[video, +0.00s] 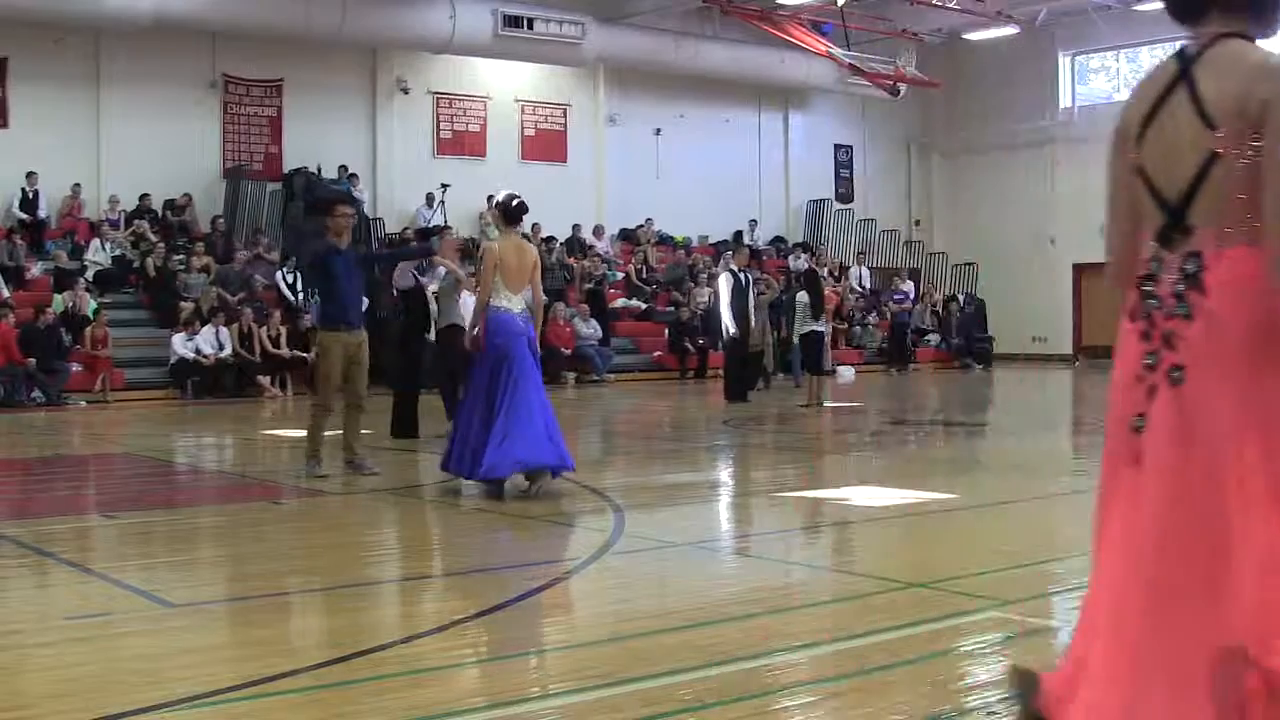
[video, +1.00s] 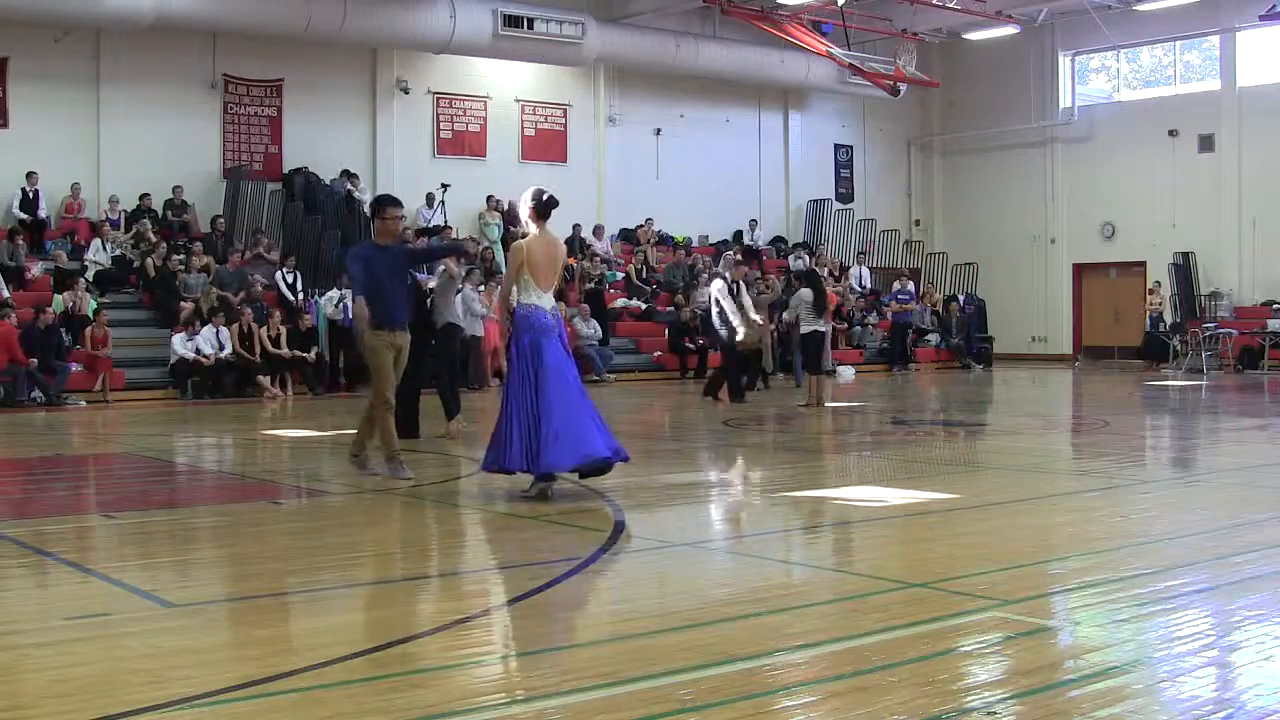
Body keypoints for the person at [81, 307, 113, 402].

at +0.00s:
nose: (106, 318)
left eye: (106, 316)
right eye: (103, 316)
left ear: (105, 318)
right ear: (97, 317)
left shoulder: (107, 331)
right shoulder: (89, 330)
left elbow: (109, 349)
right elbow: (87, 349)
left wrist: (103, 352)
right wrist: (99, 353)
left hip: (103, 355)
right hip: (92, 356)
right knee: (105, 366)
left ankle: (98, 381)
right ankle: (107, 393)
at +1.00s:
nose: (105, 318)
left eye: (106, 316)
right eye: (103, 316)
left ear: (105, 318)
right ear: (96, 318)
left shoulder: (108, 331)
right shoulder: (88, 331)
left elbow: (109, 348)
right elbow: (88, 350)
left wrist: (105, 352)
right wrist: (99, 353)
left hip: (103, 355)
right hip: (92, 356)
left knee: (106, 361)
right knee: (107, 365)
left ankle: (99, 381)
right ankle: (106, 393)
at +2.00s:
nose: (106, 318)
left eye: (106, 315)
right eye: (104, 315)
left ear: (106, 317)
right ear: (97, 317)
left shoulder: (108, 331)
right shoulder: (89, 330)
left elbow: (109, 349)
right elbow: (88, 350)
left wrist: (103, 352)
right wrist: (99, 353)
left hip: (103, 355)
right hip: (92, 356)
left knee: (104, 359)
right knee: (107, 363)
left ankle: (98, 382)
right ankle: (107, 393)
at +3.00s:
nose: (106, 317)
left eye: (106, 314)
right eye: (104, 314)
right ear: (97, 316)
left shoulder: (107, 331)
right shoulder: (89, 330)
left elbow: (109, 349)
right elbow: (88, 350)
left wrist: (103, 351)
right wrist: (99, 353)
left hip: (103, 355)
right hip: (92, 356)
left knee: (104, 361)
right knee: (106, 365)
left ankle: (99, 382)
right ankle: (107, 393)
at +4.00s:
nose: (106, 317)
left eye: (106, 315)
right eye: (104, 315)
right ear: (97, 316)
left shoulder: (107, 330)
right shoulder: (89, 330)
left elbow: (109, 348)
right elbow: (89, 350)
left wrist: (105, 352)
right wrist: (99, 353)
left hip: (103, 355)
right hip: (92, 355)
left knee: (104, 360)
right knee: (107, 364)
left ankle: (98, 382)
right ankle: (107, 393)